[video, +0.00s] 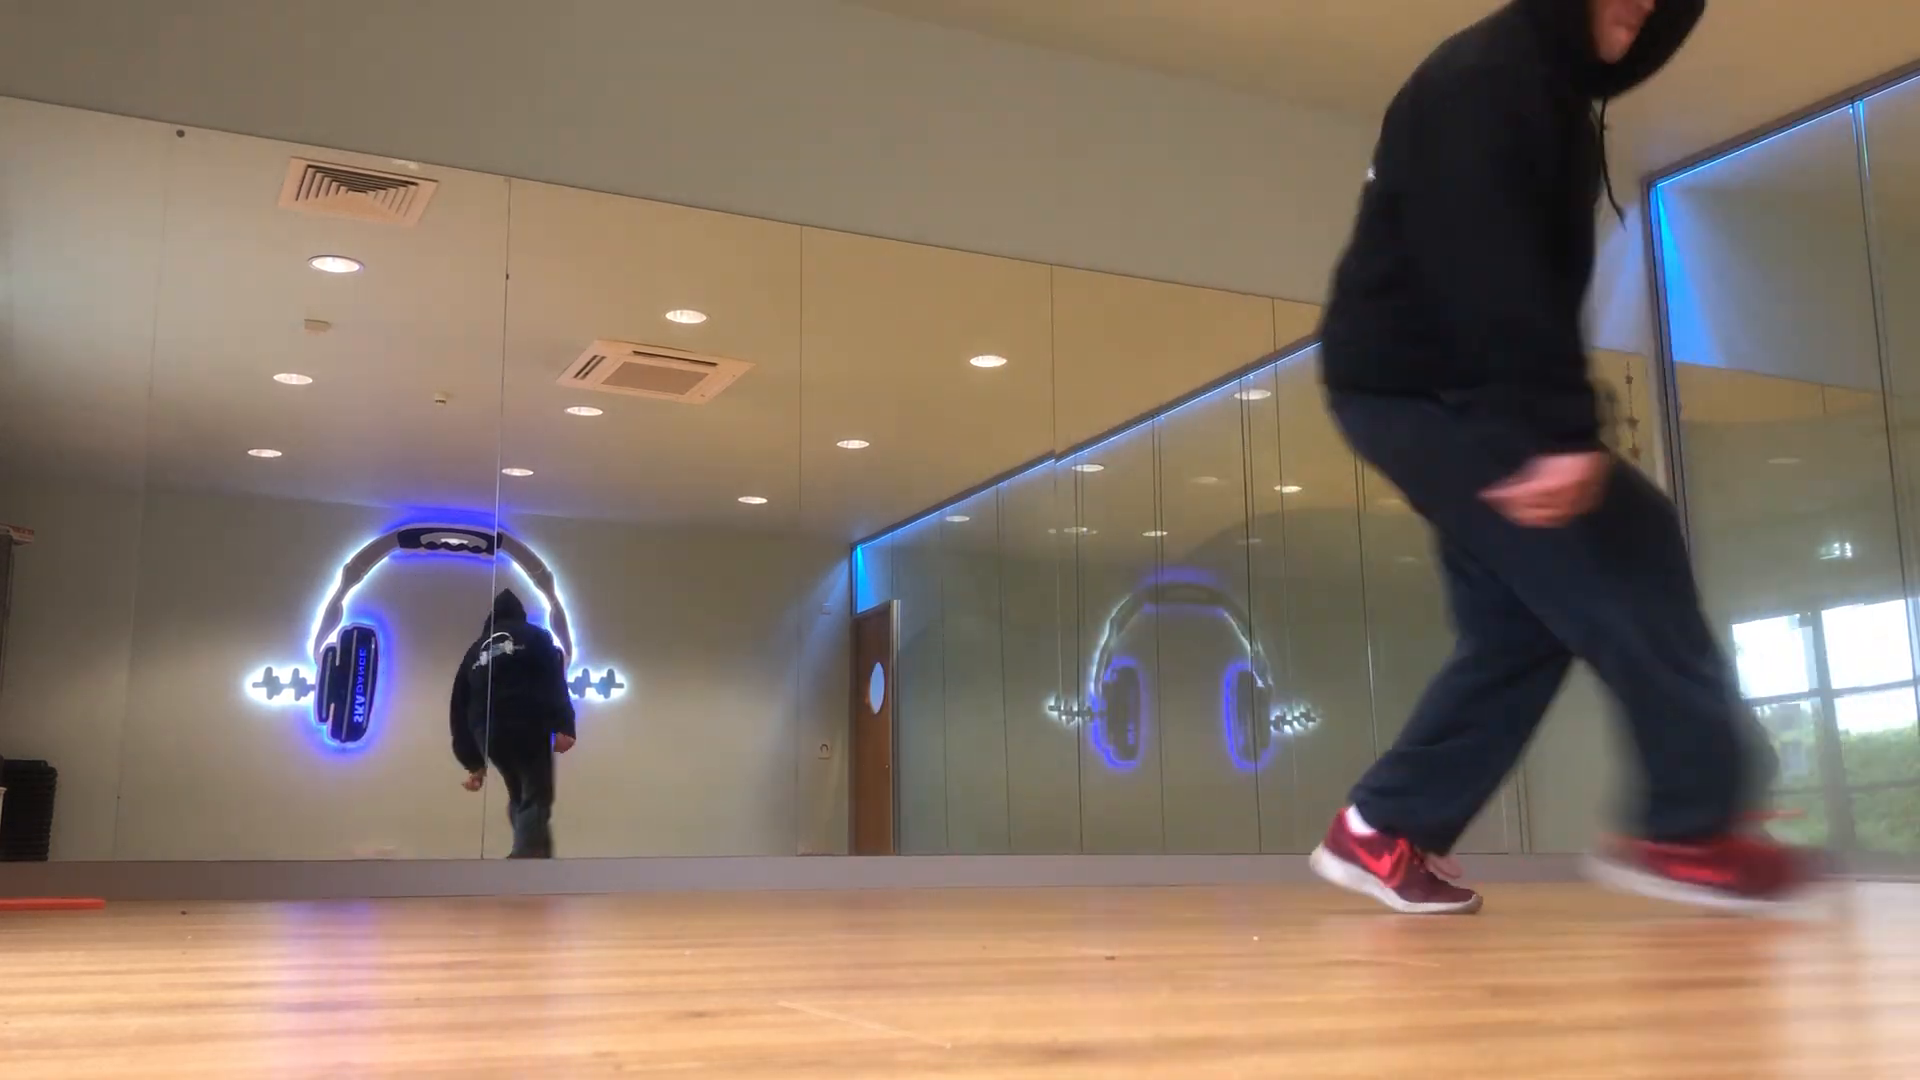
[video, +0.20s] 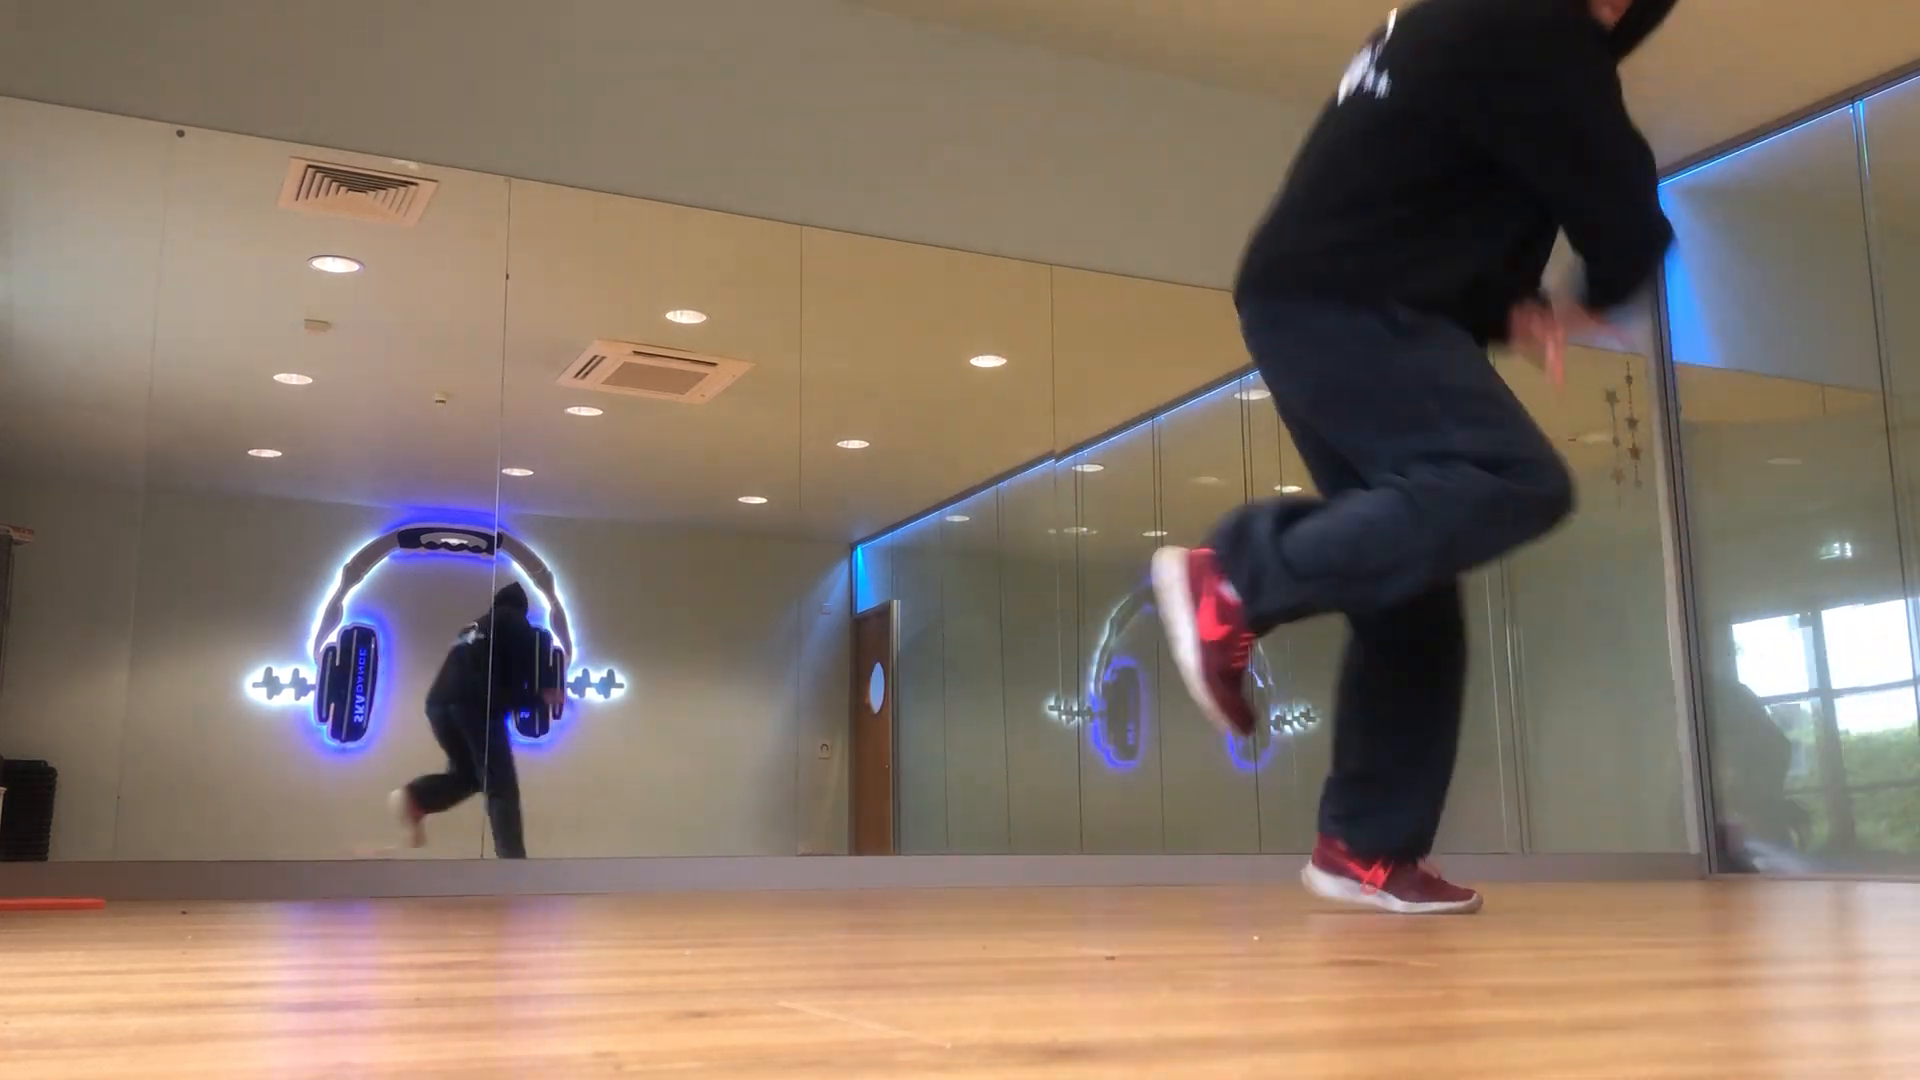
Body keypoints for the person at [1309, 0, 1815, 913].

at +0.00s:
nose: (1639, 13)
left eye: (1651, 6)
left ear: (1647, 17)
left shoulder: (1557, 88)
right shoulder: (1490, 79)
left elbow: (1544, 275)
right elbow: (1493, 265)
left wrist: (1567, 425)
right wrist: (1558, 426)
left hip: (1459, 387)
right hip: (1415, 386)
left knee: (1524, 621)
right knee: (1624, 537)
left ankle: (1382, 827)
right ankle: (1687, 825)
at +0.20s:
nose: (1629, 24)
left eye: (1635, 17)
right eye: (1634, 14)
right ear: (1611, 2)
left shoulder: (1463, 21)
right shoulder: (1539, 33)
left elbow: (1426, 183)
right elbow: (1629, 216)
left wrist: (1510, 299)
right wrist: (1599, 298)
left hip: (1313, 303)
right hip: (1354, 301)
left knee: (1410, 585)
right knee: (1518, 480)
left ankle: (1364, 845)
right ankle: (1230, 578)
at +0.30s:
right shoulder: (1552, 16)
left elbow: (1607, 180)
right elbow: (1608, 174)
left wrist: (1523, 188)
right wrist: (1539, 179)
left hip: (1283, 234)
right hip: (1319, 228)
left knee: (1336, 527)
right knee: (1451, 455)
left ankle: (1275, 808)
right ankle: (1228, 674)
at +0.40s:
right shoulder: (1539, 14)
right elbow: (1612, 178)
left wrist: (1486, 149)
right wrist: (1534, 264)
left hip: (1271, 246)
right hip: (1301, 242)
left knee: (1269, 539)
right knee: (1413, 495)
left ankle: (1134, 817)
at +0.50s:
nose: (1599, 16)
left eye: (1597, 15)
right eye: (1601, 10)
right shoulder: (1499, 17)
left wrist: (1452, 216)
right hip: (1274, 284)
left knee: (1310, 579)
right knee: (1418, 535)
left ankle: (1147, 797)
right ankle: (1292, 843)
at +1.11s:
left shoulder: (1395, 70)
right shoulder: (1207, 52)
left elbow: (1257, 191)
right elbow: (1183, 178)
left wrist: (1134, 101)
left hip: (1328, 371)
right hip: (1187, 368)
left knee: (1303, 543)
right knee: (1144, 583)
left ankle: (1307, 740)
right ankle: (1154, 846)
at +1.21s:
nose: (1206, 3)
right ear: (1179, 18)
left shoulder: (1342, 73)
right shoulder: (1201, 106)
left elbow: (1214, 211)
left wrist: (1106, 196)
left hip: (1371, 406)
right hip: (1239, 409)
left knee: (1390, 640)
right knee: (1165, 609)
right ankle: (1161, 851)